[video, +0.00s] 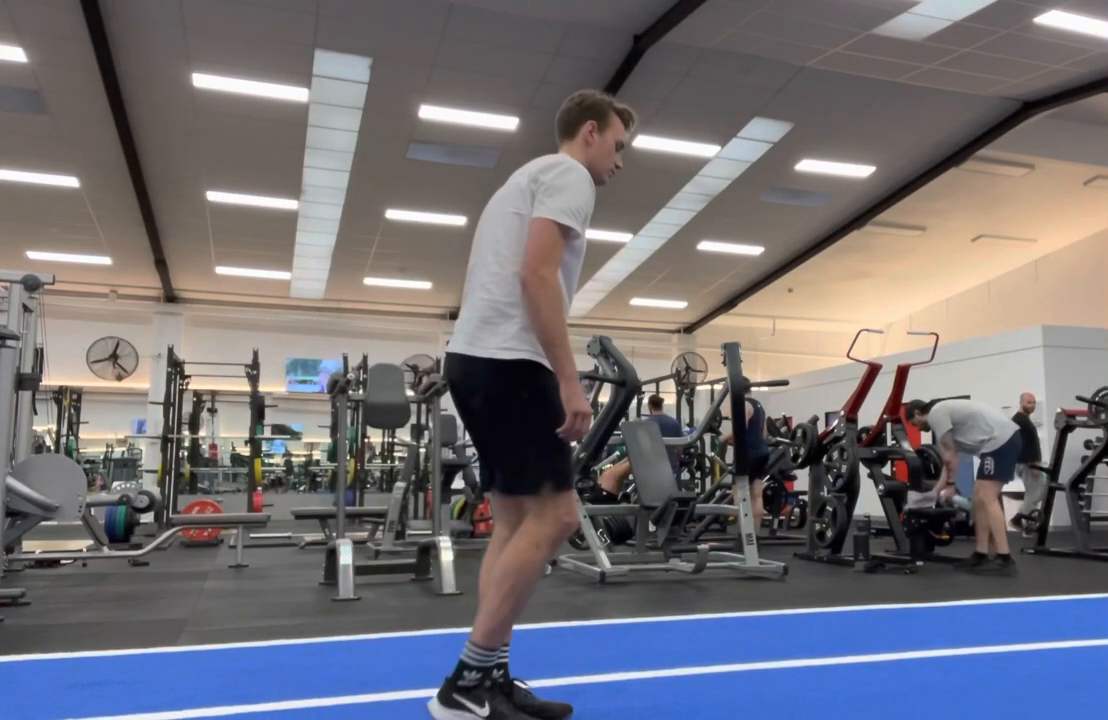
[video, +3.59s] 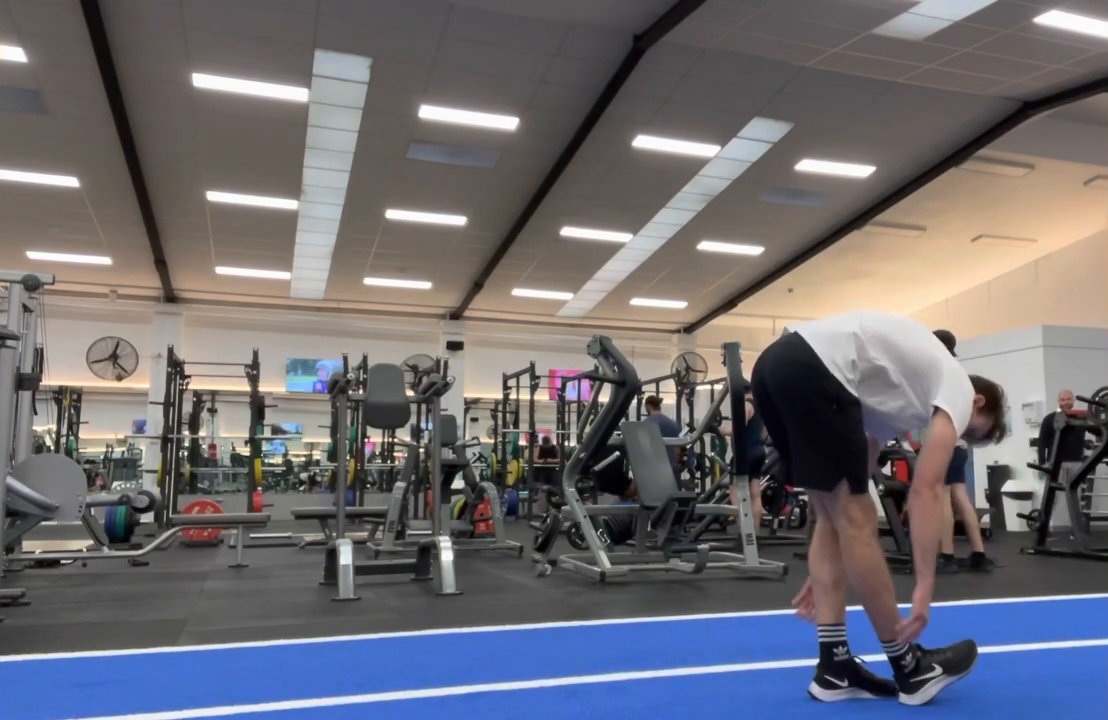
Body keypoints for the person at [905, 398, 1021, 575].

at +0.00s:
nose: (916, 426)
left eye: (914, 422)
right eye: (913, 424)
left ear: (918, 413)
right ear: (920, 413)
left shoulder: (937, 413)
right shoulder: (939, 415)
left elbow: (951, 456)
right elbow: (948, 458)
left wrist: (951, 485)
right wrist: (935, 490)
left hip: (1002, 439)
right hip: (993, 441)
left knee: (988, 497)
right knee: (979, 498)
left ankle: (1004, 558)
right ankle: (981, 554)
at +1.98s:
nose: (913, 417)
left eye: (911, 412)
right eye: (910, 413)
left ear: (917, 404)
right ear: (920, 404)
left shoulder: (940, 405)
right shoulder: (938, 417)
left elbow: (951, 443)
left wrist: (945, 469)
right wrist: (939, 490)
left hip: (1002, 440)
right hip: (989, 446)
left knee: (995, 497)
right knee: (979, 497)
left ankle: (1005, 558)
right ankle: (981, 554)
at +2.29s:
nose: (921, 385)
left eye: (920, 380)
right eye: (919, 381)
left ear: (928, 373)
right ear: (933, 372)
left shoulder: (946, 383)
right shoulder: (953, 386)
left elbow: (949, 416)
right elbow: (959, 432)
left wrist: (934, 440)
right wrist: (941, 456)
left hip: (989, 439)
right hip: (985, 440)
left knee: (976, 496)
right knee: (974, 497)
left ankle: (1000, 553)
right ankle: (981, 553)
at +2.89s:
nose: (937, 357)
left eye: (939, 352)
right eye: (936, 353)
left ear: (952, 351)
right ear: (956, 352)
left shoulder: (956, 371)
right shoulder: (967, 373)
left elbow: (951, 405)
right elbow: (963, 410)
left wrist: (929, 417)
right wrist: (938, 420)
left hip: (962, 441)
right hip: (977, 441)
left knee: (947, 494)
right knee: (969, 496)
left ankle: (963, 550)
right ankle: (980, 551)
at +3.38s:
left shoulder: (947, 374)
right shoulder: (956, 374)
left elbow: (939, 407)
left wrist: (918, 405)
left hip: (943, 442)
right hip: (962, 440)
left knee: (944, 500)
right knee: (965, 498)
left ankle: (947, 554)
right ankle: (979, 551)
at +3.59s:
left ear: (935, 346)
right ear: (953, 348)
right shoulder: (957, 374)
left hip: (943, 443)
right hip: (960, 444)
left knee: (940, 495)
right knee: (961, 494)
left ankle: (946, 553)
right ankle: (979, 551)